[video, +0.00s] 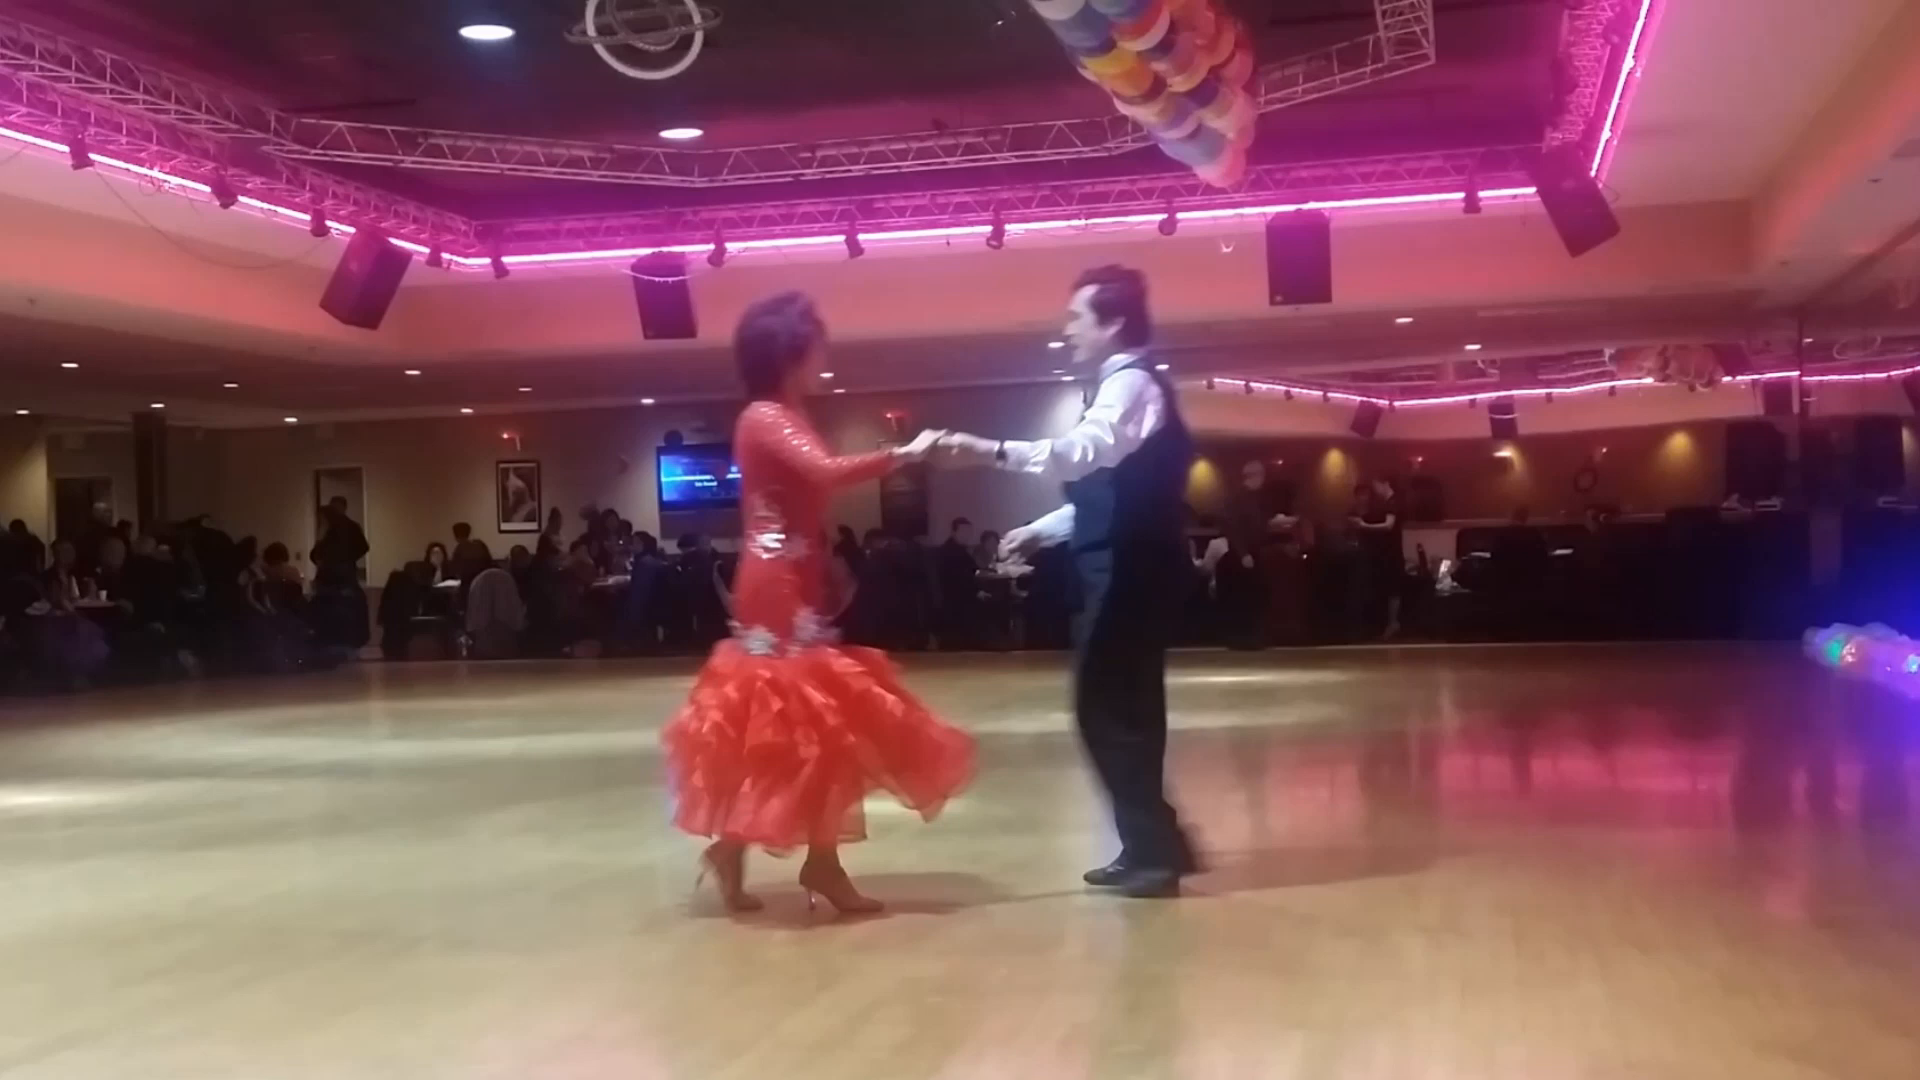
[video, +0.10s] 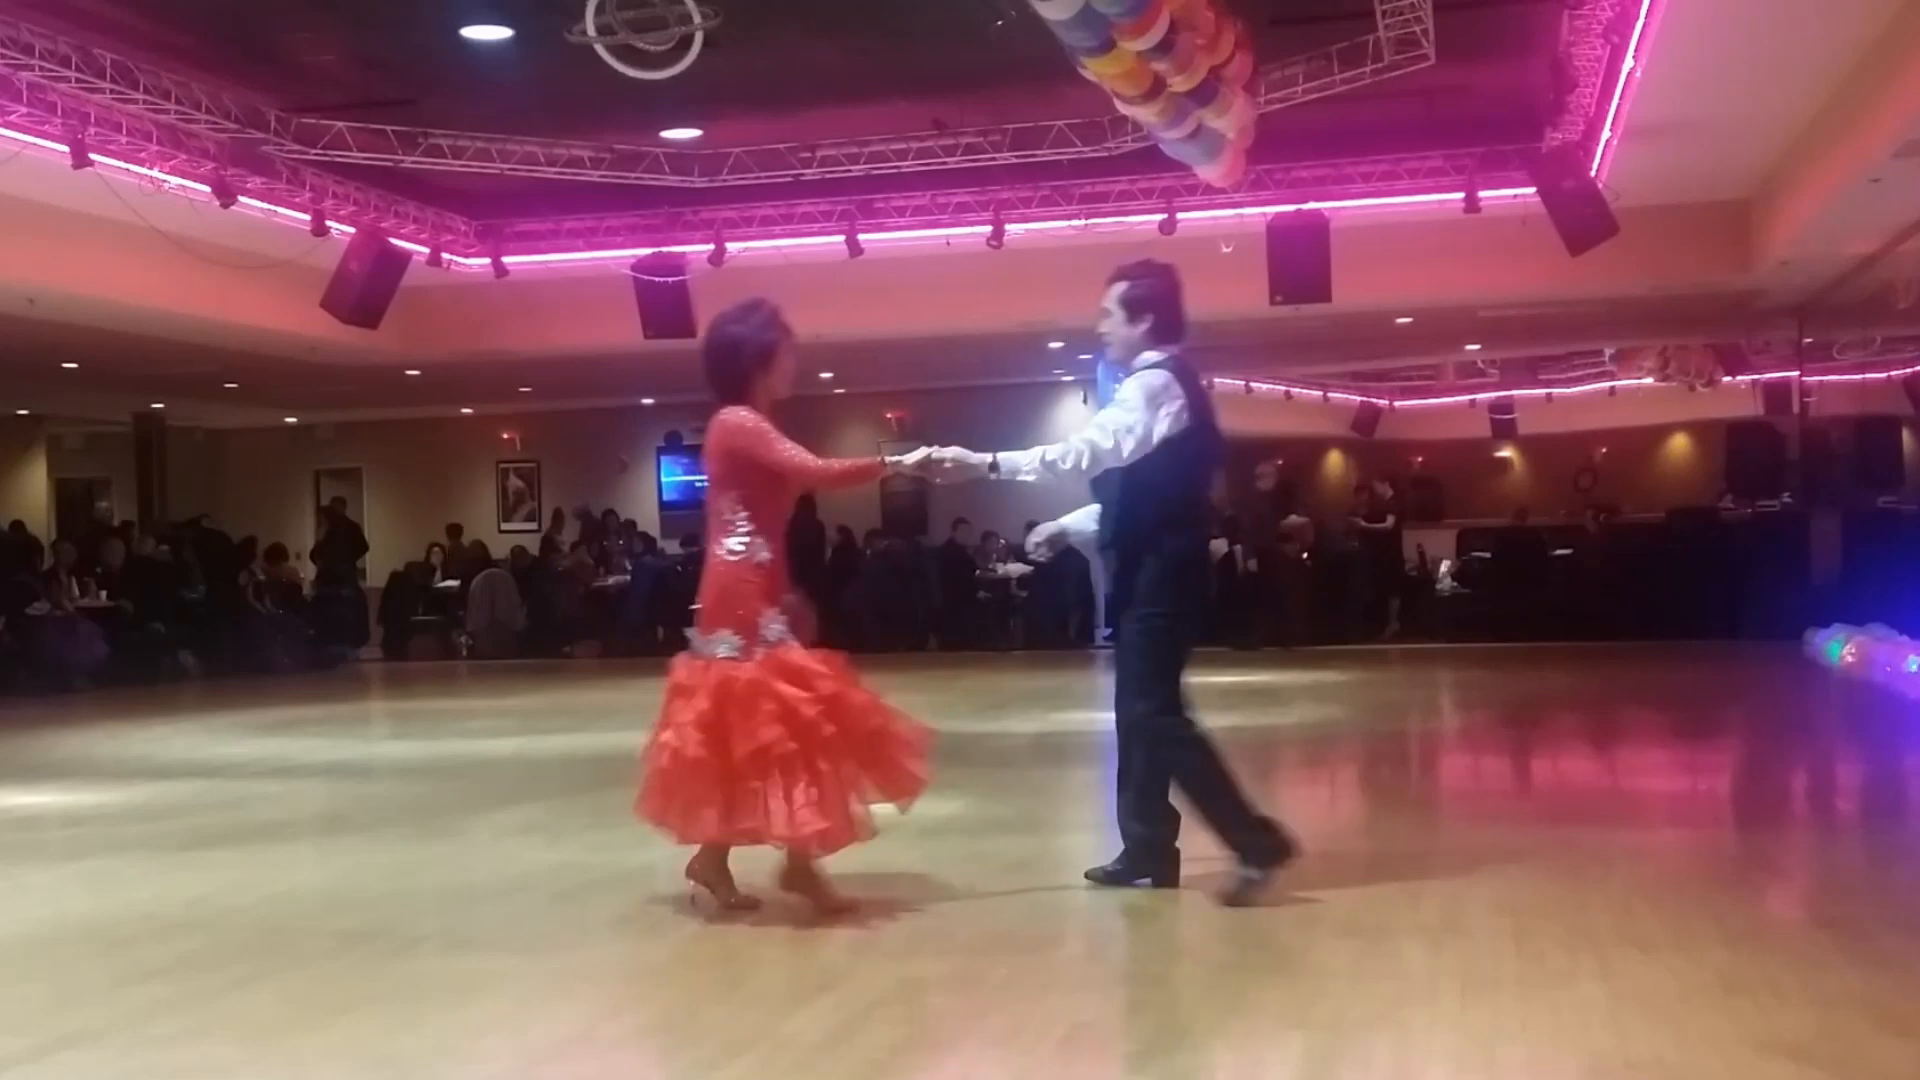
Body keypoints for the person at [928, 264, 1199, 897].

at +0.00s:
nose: (1066, 333)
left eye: (1077, 321)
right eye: (1068, 320)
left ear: (1115, 325)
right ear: (1116, 326)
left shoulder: (1131, 382)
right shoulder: (1127, 385)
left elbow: (1085, 452)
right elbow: (1108, 494)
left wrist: (984, 450)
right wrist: (1034, 535)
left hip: (1131, 569)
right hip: (1130, 565)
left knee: (1101, 704)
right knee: (1127, 701)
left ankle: (1153, 854)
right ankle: (1153, 840)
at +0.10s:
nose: (1101, 328)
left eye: (1111, 316)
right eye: (1103, 315)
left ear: (1147, 321)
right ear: (1146, 322)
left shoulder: (1155, 381)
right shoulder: (1160, 381)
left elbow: (1093, 450)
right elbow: (1137, 495)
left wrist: (984, 463)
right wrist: (1063, 530)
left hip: (1160, 566)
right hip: (1148, 564)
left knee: (1152, 712)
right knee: (1139, 710)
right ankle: (1147, 853)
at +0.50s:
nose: (1112, 326)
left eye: (1119, 313)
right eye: (1114, 313)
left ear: (1149, 316)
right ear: (1165, 316)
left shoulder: (1149, 380)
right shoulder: (1197, 377)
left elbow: (1086, 469)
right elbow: (1177, 484)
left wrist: (993, 466)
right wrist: (1119, 540)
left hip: (1172, 562)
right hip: (1192, 557)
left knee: (1154, 716)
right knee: (1162, 714)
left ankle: (1270, 841)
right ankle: (1160, 870)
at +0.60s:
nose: (1087, 329)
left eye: (1095, 316)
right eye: (1090, 316)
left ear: (1126, 320)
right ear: (1140, 319)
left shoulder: (1138, 382)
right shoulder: (1173, 378)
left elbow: (1095, 483)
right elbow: (1145, 494)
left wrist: (1010, 475)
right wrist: (1081, 551)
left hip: (1144, 580)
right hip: (1166, 576)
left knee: (1112, 728)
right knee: (1132, 728)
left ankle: (1212, 846)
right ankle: (1157, 877)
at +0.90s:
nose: (999, 327)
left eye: (1004, 314)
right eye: (1001, 314)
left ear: (1030, 317)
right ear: (1057, 317)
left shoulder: (1062, 378)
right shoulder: (1054, 382)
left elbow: (1094, 457)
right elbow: (1048, 479)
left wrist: (995, 455)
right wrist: (983, 506)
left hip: (1039, 588)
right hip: (1068, 586)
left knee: (986, 733)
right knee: (1084, 735)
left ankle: (986, 897)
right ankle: (1151, 878)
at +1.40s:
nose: (942, 303)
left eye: (947, 295)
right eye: (946, 290)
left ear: (959, 306)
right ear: (1015, 303)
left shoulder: (947, 386)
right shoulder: (1061, 383)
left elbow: (919, 494)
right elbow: (1114, 467)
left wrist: (878, 563)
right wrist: (1054, 482)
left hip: (965, 583)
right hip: (1045, 581)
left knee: (925, 732)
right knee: (1043, 738)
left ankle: (948, 900)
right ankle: (1056, 903)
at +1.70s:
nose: (907, 312)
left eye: (908, 302)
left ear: (913, 307)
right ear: (981, 306)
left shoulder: (899, 387)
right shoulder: (1027, 382)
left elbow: (878, 502)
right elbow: (1063, 499)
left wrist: (853, 586)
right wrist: (1032, 539)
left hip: (918, 590)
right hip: (1002, 589)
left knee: (896, 749)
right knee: (1015, 745)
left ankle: (888, 919)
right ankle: (1057, 906)